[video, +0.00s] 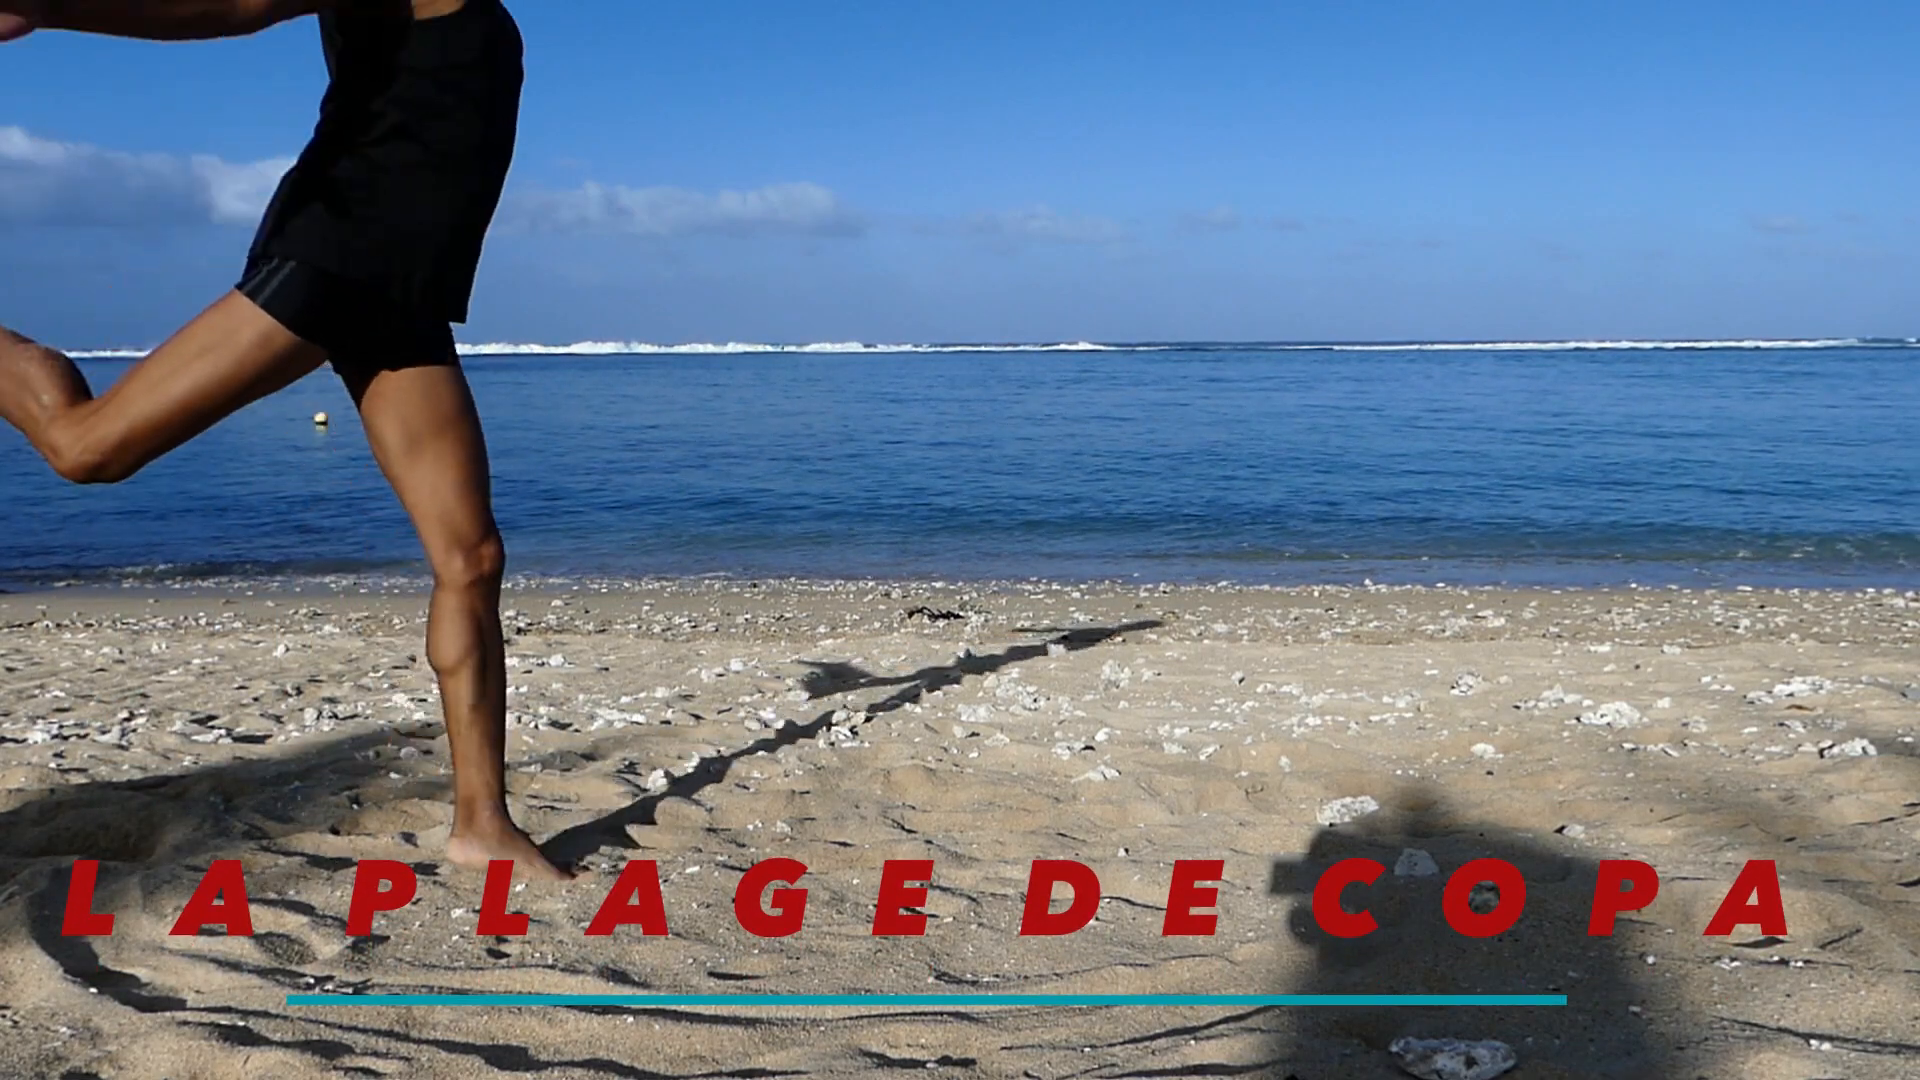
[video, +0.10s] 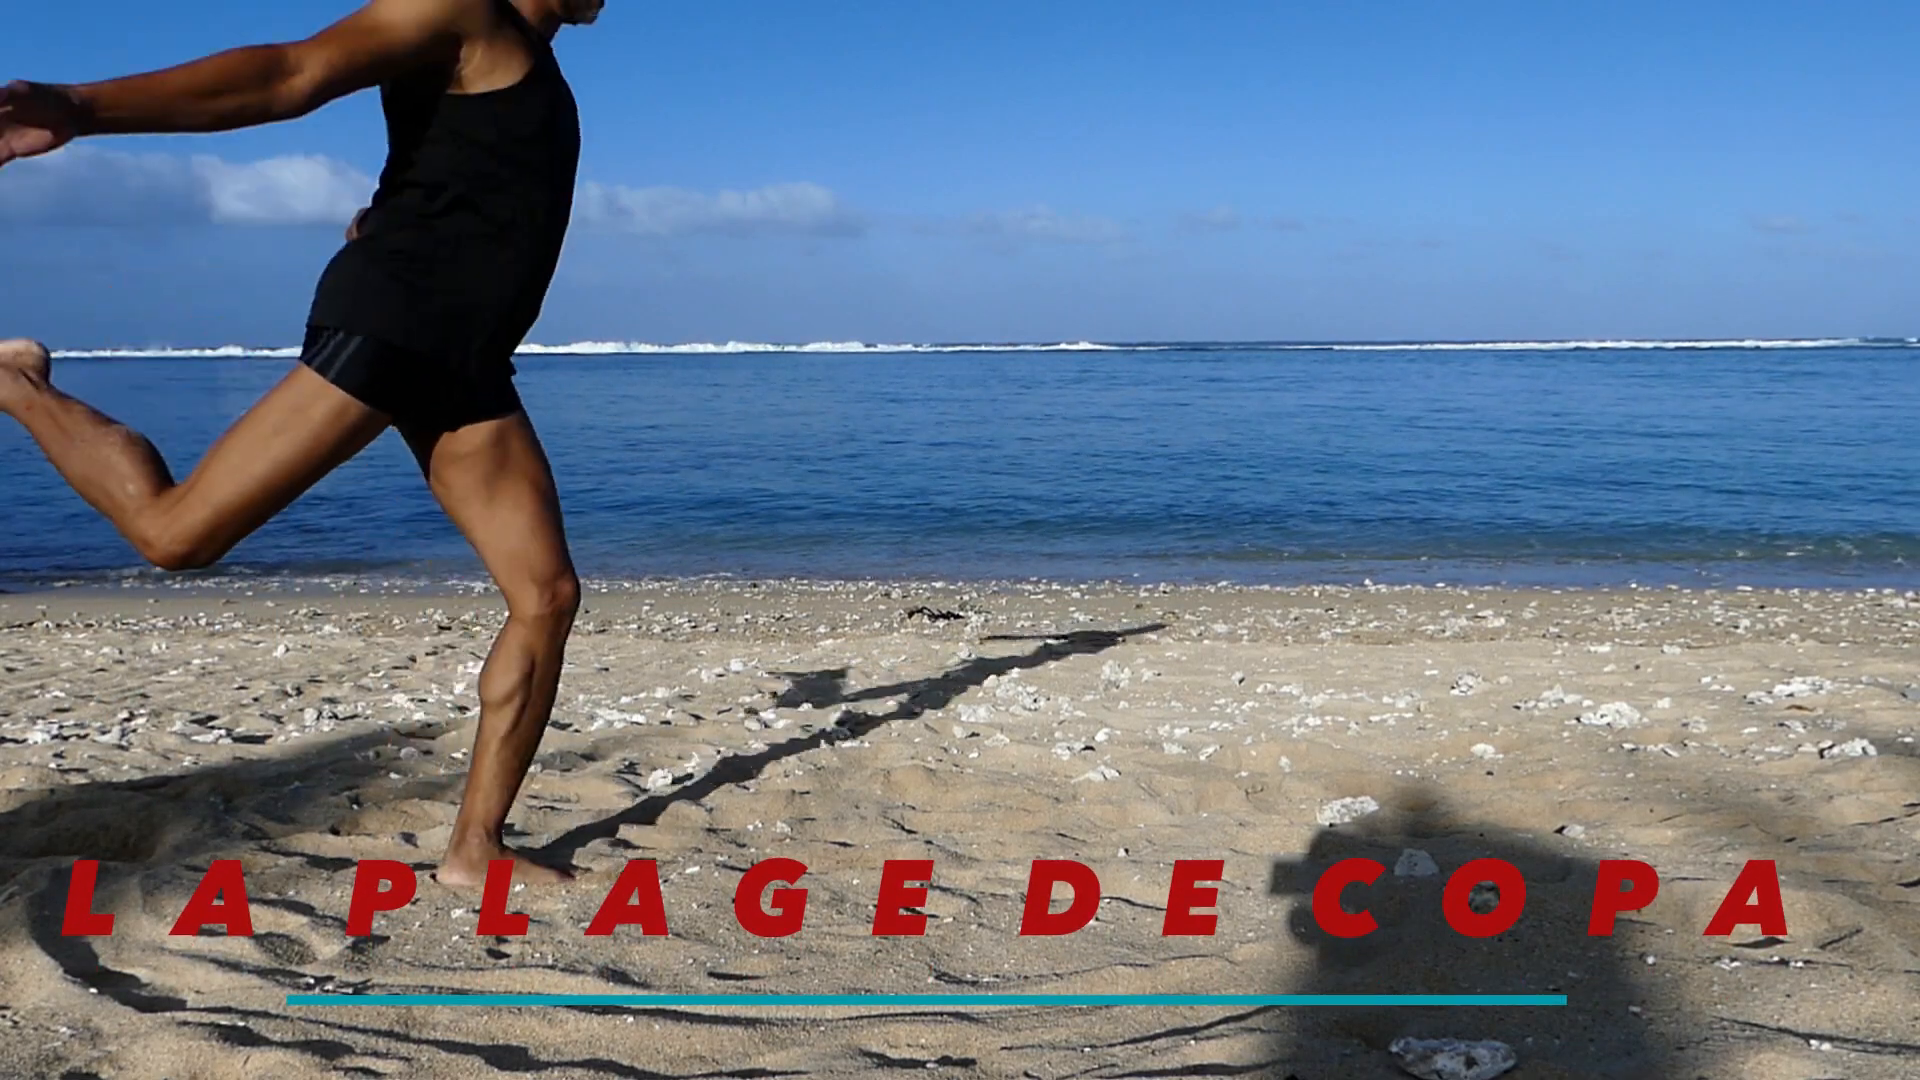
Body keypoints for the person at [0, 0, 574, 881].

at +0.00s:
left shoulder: (472, 18)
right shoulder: (389, 5)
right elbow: (232, 9)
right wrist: (53, 10)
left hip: (399, 286)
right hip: (334, 257)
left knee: (469, 558)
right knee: (86, 448)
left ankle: (482, 824)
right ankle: (6, 347)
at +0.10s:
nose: (598, 1)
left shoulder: (527, 59)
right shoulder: (456, 14)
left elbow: (455, 166)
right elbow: (287, 74)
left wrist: (383, 223)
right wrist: (80, 106)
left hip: (463, 355)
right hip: (389, 323)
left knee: (546, 596)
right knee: (174, 534)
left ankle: (476, 849)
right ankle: (18, 384)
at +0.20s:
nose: (653, 6)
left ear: (613, 3)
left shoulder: (559, 78)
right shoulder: (488, 32)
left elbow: (498, 221)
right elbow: (319, 122)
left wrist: (405, 276)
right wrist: (117, 173)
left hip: (500, 381)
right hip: (417, 355)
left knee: (585, 607)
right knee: (261, 597)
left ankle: (477, 848)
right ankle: (68, 452)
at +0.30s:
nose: (709, 13)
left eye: (712, 3)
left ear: (647, 4)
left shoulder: (606, 87)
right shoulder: (528, 47)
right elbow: (366, 165)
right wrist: (172, 247)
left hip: (552, 400)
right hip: (466, 381)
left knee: (611, 621)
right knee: (416, 642)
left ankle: (479, 844)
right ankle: (172, 572)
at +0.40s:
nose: (734, 10)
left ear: (682, 1)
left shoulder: (640, 96)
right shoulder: (555, 42)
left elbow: (593, 275)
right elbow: (401, 173)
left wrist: (600, 413)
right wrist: (215, 268)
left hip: (585, 401)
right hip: (501, 383)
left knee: (619, 625)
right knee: (520, 642)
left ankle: (479, 846)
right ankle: (262, 651)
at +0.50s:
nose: (769, 6)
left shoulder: (674, 71)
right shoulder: (593, 31)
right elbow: (450, 167)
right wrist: (276, 268)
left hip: (615, 377)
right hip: (558, 366)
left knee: (623, 617)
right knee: (655, 606)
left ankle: (486, 830)